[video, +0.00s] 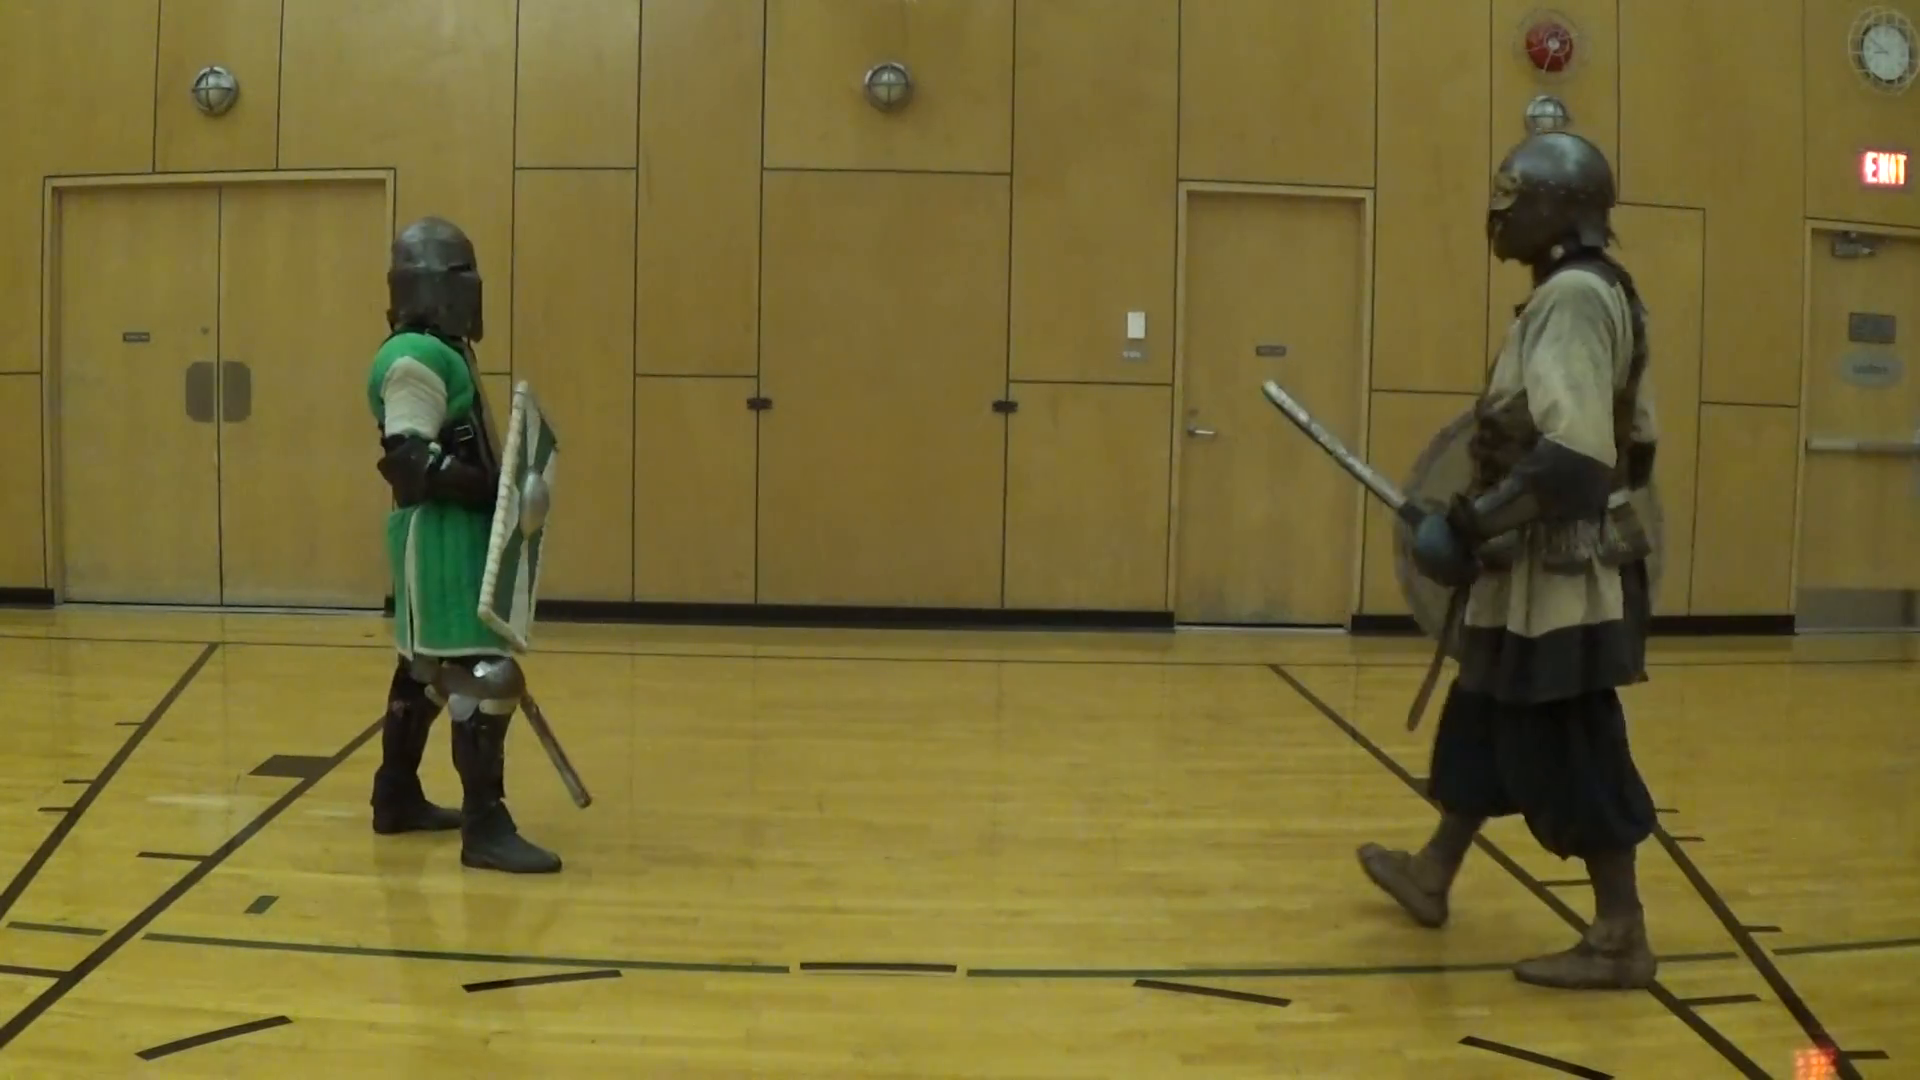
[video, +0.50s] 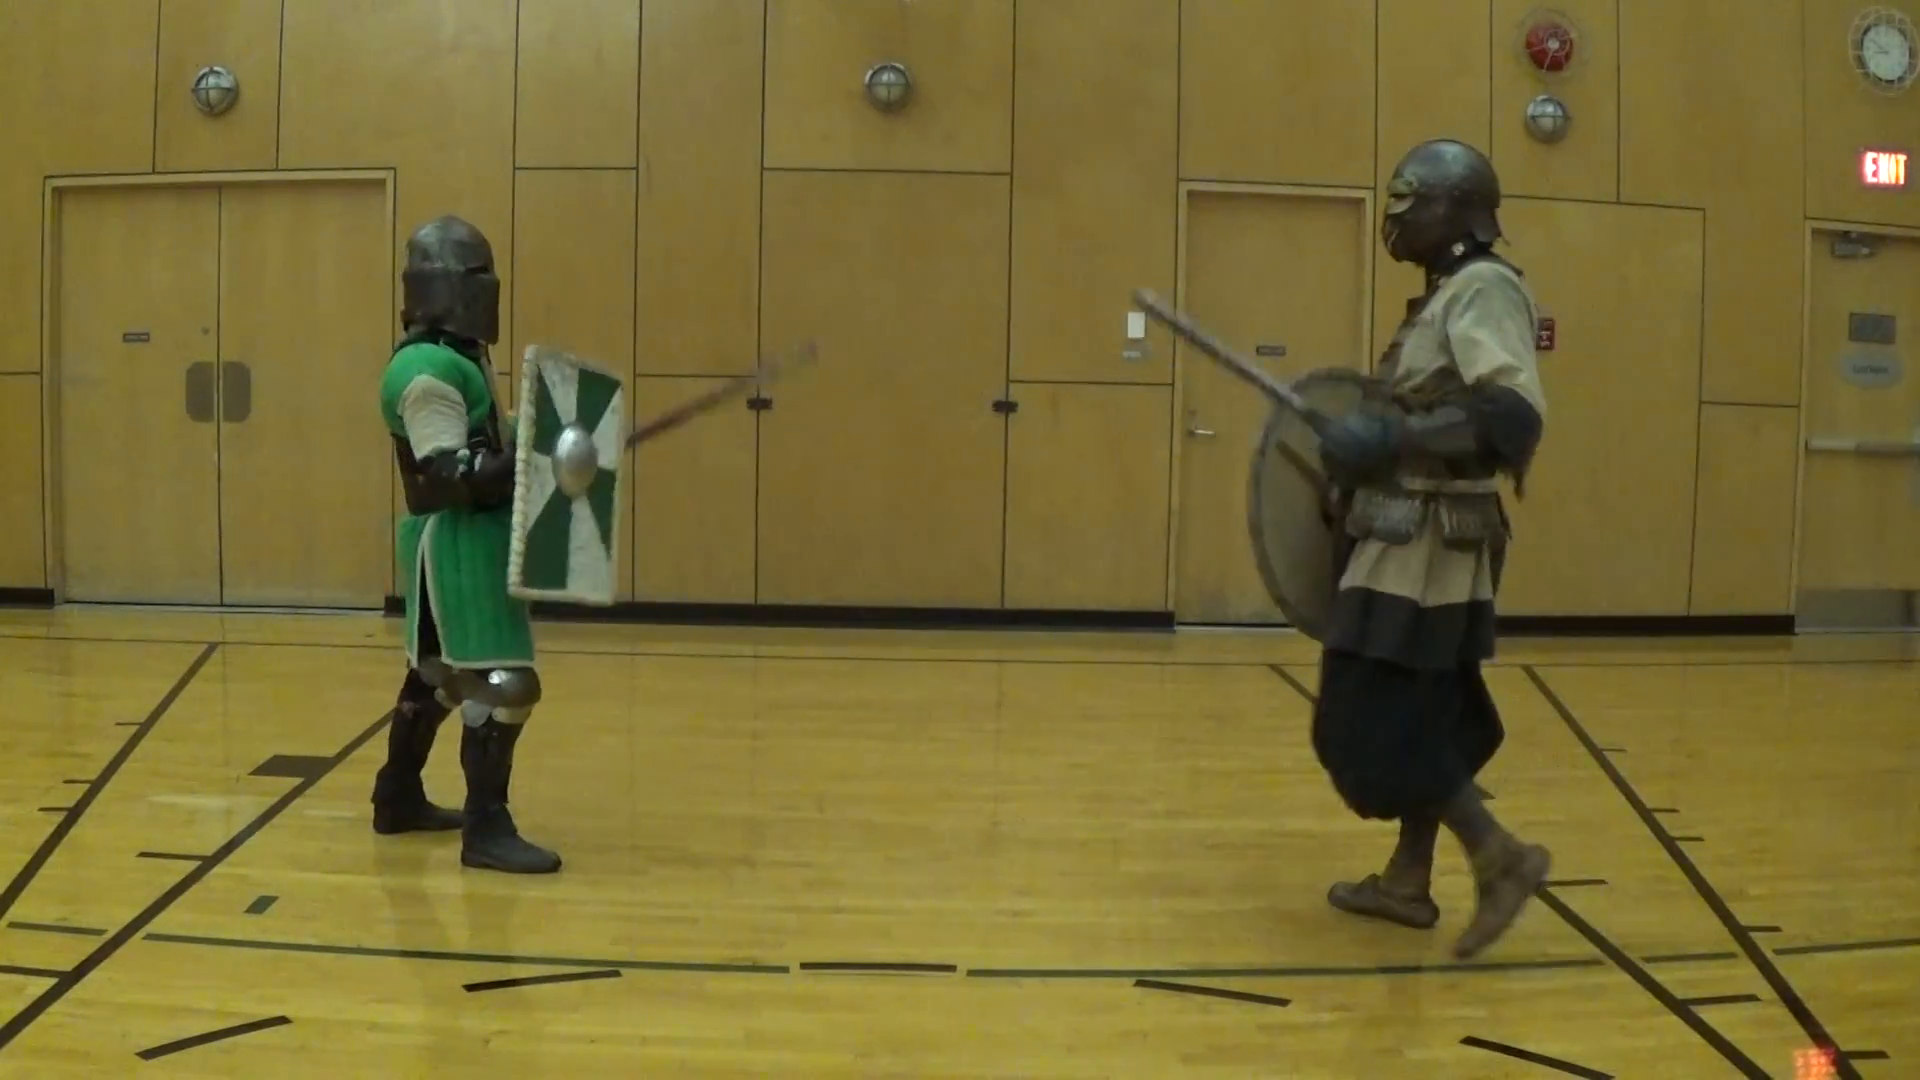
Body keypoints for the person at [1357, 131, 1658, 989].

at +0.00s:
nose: (1496, 211)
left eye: (1512, 196)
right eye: (1500, 194)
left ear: (1565, 211)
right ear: (1568, 212)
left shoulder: (1573, 299)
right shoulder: (1593, 291)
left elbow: (1573, 454)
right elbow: (1632, 450)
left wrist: (1466, 522)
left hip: (1558, 573)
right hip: (1539, 568)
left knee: (1580, 746)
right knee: (1485, 719)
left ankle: (1619, 937)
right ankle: (1431, 873)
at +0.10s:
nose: (1471, 213)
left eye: (1487, 200)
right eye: (1475, 198)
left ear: (1539, 217)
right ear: (1536, 217)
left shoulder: (1555, 302)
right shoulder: (1536, 297)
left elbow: (1581, 452)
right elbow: (1538, 441)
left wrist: (1474, 526)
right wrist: (1461, 505)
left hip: (1536, 573)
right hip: (1498, 567)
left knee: (1564, 745)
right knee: (1460, 724)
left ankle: (1617, 932)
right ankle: (1413, 880)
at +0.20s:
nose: (1446, 211)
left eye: (1464, 197)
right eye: (1451, 197)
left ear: (1515, 211)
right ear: (1510, 215)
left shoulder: (1536, 298)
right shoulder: (1507, 298)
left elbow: (1569, 444)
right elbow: (1506, 437)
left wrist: (1472, 521)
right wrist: (1437, 502)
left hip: (1508, 570)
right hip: (1471, 565)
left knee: (1532, 739)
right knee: (1441, 721)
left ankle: (1609, 920)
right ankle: (1409, 881)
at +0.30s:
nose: (1427, 208)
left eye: (1444, 194)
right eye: (1431, 194)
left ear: (1495, 207)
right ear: (1484, 211)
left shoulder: (1516, 290)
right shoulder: (1483, 292)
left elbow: (1554, 429)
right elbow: (1481, 425)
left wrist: (1445, 498)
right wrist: (1410, 493)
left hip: (1477, 563)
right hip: (1439, 559)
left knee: (1484, 731)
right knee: (1421, 715)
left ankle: (1589, 902)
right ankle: (1408, 881)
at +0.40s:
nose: (1408, 213)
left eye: (1424, 199)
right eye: (1412, 198)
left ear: (1473, 212)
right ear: (1467, 214)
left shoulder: (1498, 291)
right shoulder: (1465, 294)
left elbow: (1533, 428)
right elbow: (1450, 423)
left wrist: (1419, 475)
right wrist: (1380, 481)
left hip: (1455, 552)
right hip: (1433, 545)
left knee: (1425, 722)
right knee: (1428, 716)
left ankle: (1553, 877)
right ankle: (1407, 880)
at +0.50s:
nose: (1391, 215)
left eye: (1408, 200)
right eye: (1395, 200)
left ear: (1459, 213)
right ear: (1453, 216)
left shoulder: (1484, 291)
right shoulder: (1453, 293)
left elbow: (1515, 419)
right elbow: (1449, 411)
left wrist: (1392, 435)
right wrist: (1362, 434)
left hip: (1429, 543)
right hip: (1427, 537)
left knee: (1367, 717)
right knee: (1427, 705)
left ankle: (1502, 859)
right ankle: (1407, 880)